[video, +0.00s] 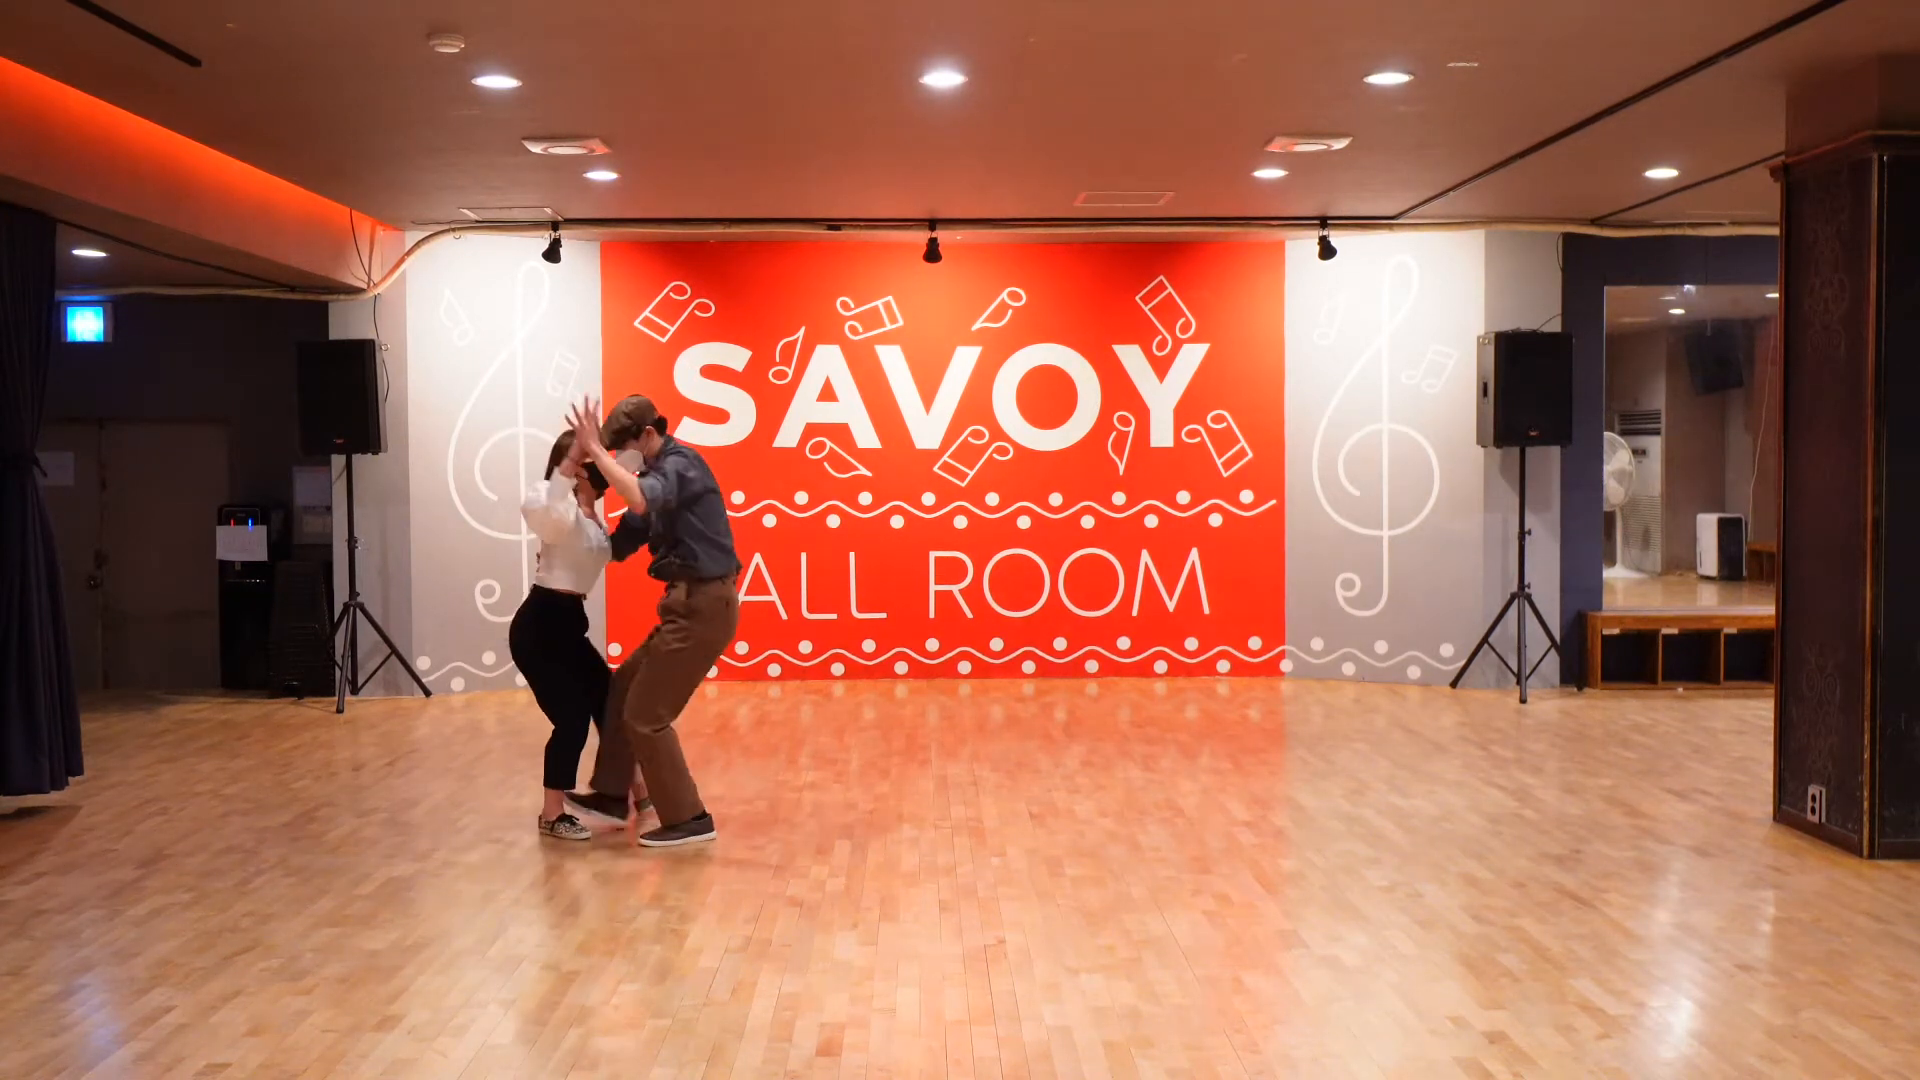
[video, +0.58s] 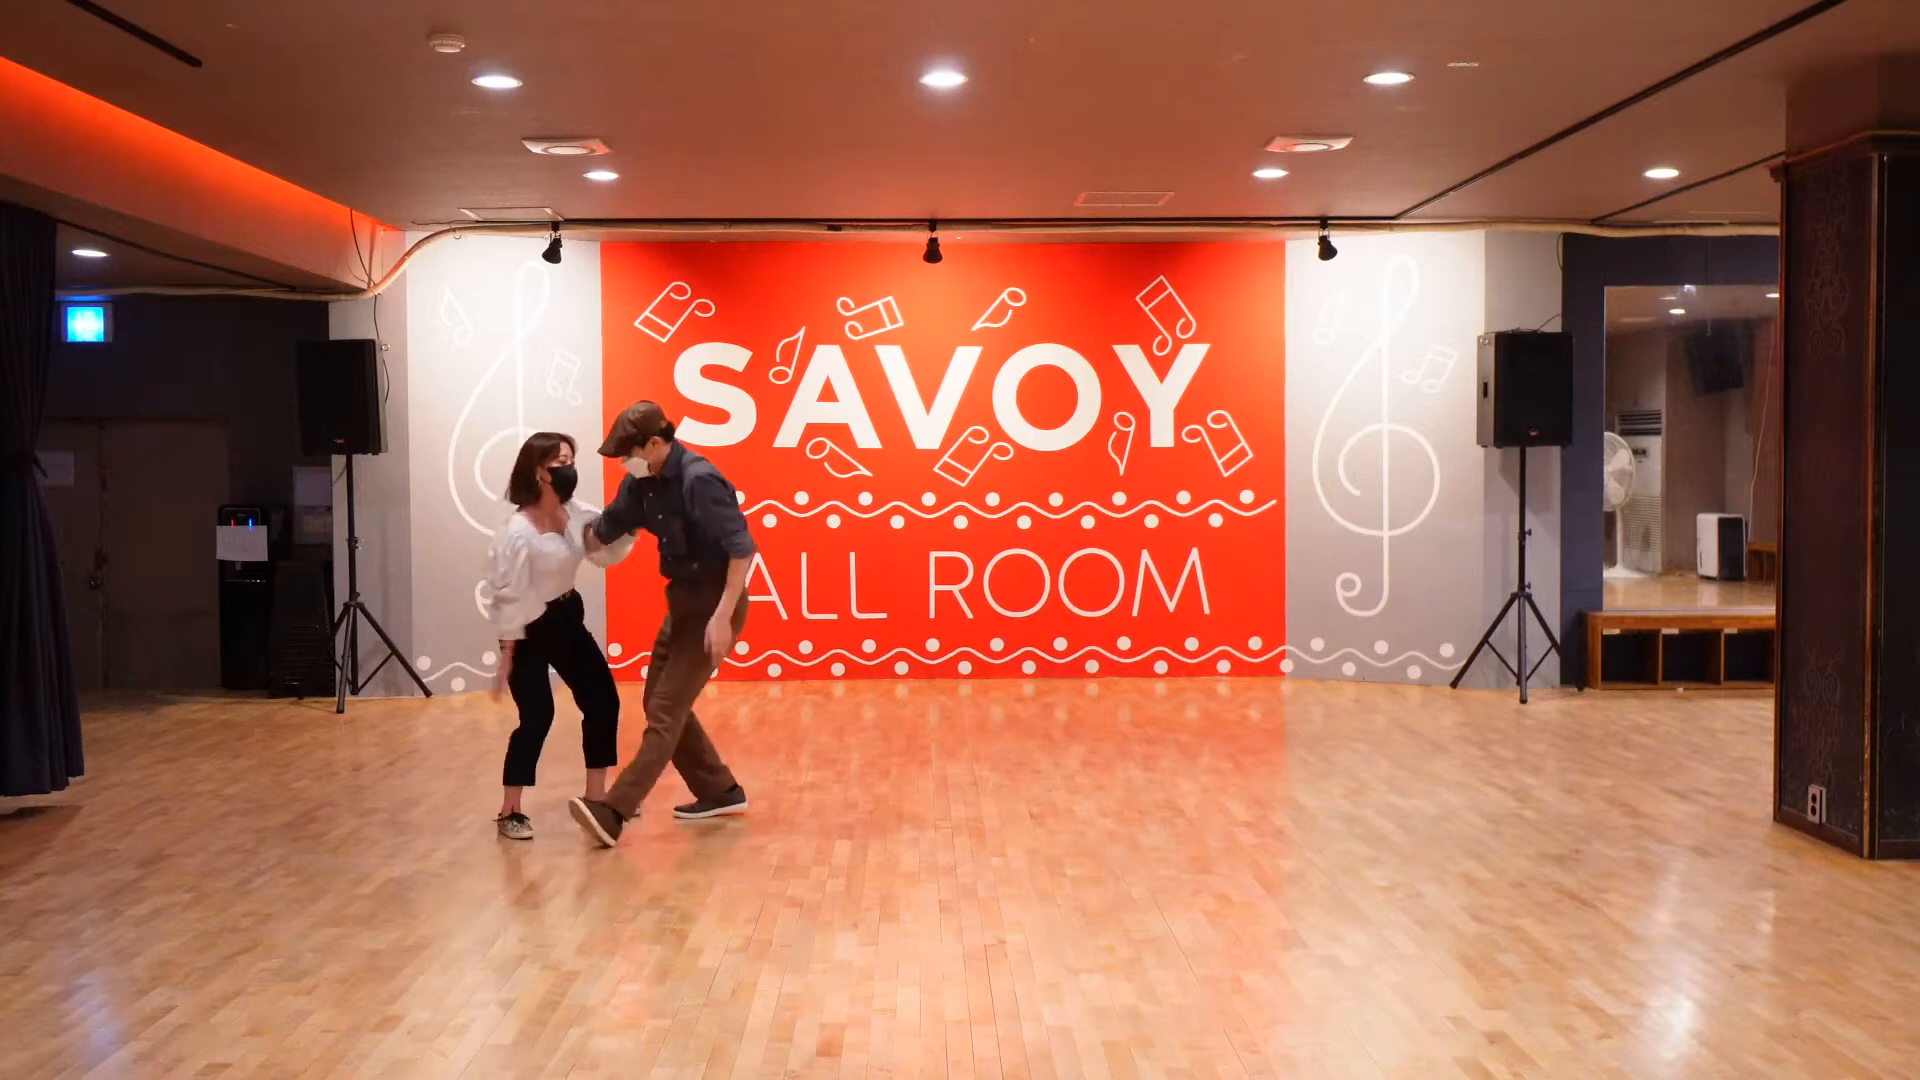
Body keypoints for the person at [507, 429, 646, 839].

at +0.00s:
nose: (593, 476)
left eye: (594, 466)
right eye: (584, 466)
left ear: (592, 474)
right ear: (565, 471)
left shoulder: (595, 520)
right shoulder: (555, 512)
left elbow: (625, 472)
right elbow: (552, 517)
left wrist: (628, 442)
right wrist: (570, 463)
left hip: (569, 627)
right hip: (539, 627)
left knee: (613, 703)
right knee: (571, 716)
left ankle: (631, 788)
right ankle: (552, 814)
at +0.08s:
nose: (609, 467)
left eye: (607, 458)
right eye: (599, 458)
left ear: (581, 468)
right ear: (576, 466)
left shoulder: (590, 519)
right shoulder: (552, 507)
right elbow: (551, 540)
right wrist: (586, 492)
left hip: (569, 628)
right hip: (537, 628)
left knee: (622, 693)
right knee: (572, 718)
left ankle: (621, 792)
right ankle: (552, 814)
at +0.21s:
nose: (599, 467)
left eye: (598, 460)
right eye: (589, 462)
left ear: (582, 472)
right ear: (567, 473)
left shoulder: (593, 521)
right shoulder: (547, 520)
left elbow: (600, 578)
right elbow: (553, 579)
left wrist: (640, 589)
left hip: (573, 630)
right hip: (538, 633)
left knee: (614, 706)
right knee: (571, 718)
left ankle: (595, 795)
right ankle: (552, 815)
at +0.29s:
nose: (594, 468)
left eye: (596, 461)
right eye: (585, 463)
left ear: (597, 466)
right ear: (564, 474)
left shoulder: (598, 516)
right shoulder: (546, 522)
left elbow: (615, 560)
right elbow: (544, 582)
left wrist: (654, 561)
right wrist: (584, 593)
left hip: (574, 626)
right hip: (538, 630)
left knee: (613, 704)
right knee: (567, 714)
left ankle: (596, 795)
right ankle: (552, 814)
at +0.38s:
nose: (591, 466)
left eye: (592, 459)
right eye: (582, 460)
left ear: (591, 465)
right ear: (560, 470)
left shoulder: (596, 511)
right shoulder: (541, 519)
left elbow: (622, 555)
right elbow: (549, 582)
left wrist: (661, 537)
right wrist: (583, 627)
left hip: (576, 619)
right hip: (536, 624)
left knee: (611, 701)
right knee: (558, 709)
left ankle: (595, 796)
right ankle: (546, 806)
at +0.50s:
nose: (580, 467)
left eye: (581, 460)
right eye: (571, 461)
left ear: (579, 467)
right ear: (549, 471)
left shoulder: (586, 512)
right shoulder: (527, 529)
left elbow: (616, 550)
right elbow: (531, 598)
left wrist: (644, 511)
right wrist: (543, 656)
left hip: (570, 615)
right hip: (528, 622)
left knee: (605, 700)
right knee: (547, 707)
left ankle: (596, 796)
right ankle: (518, 798)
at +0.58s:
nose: (568, 471)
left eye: (571, 464)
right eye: (559, 465)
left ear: (572, 469)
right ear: (538, 474)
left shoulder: (573, 514)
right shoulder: (517, 532)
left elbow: (606, 549)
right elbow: (506, 598)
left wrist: (633, 512)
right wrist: (506, 654)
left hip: (565, 621)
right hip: (525, 630)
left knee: (603, 701)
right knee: (537, 715)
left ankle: (596, 798)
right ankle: (510, 811)